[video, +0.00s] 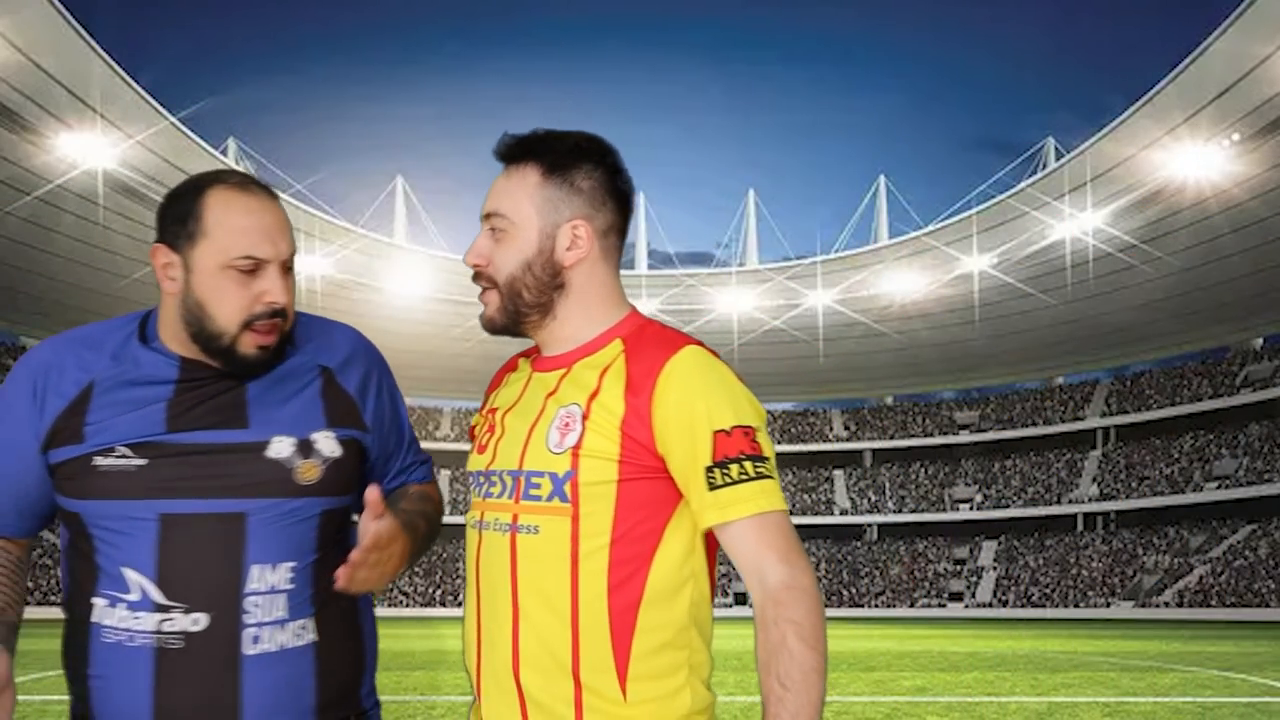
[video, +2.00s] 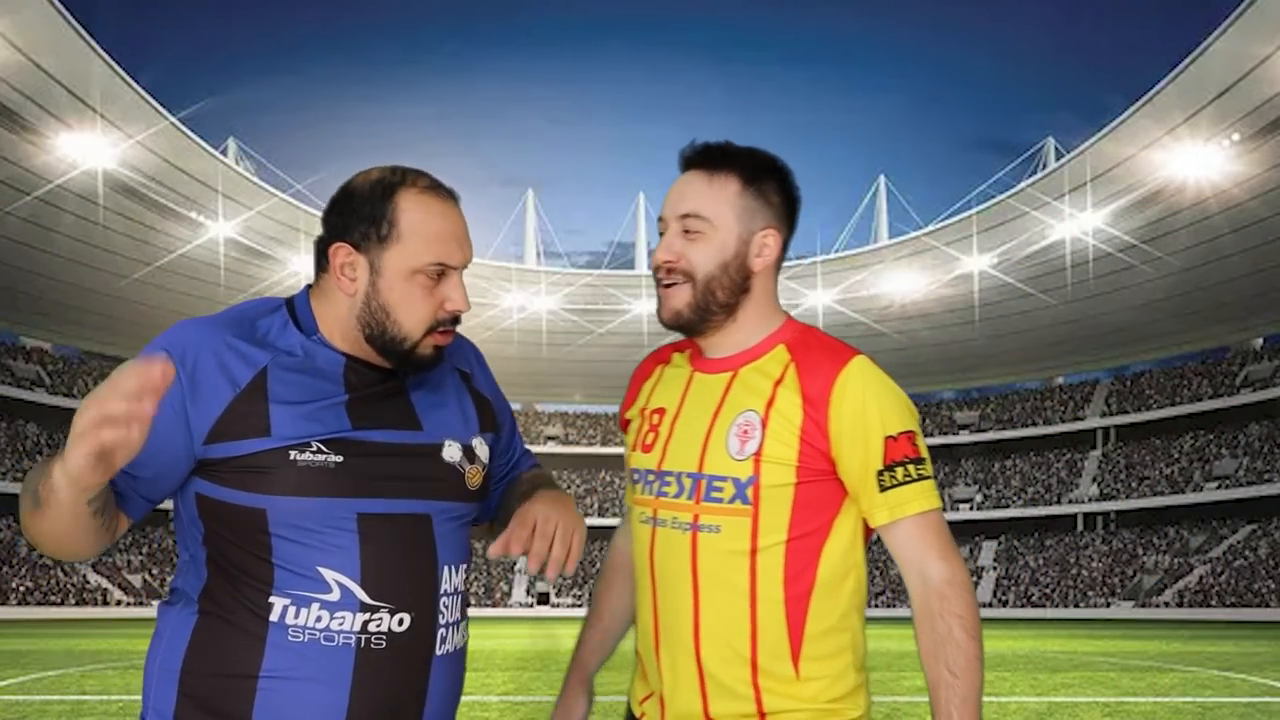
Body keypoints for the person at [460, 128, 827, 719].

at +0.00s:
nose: (472, 257)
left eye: (498, 230)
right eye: (482, 231)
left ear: (573, 243)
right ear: (573, 245)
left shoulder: (681, 376)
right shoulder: (506, 382)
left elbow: (784, 586)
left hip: (637, 704)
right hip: (500, 703)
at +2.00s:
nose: (661, 254)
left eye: (691, 232)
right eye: (662, 232)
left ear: (763, 249)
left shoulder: (845, 386)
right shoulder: (652, 378)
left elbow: (939, 582)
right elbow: (637, 537)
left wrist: (956, 713)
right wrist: (579, 674)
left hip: (797, 705)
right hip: (657, 704)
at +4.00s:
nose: (809, 265)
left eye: (832, 237)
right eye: (818, 236)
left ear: (910, 252)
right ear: (907, 252)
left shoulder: (1023, 408)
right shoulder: (794, 365)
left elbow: (1120, 617)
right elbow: (755, 506)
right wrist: (673, 626)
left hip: (952, 708)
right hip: (786, 708)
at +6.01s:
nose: (530, 246)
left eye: (560, 222)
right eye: (538, 222)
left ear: (636, 242)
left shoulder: (730, 380)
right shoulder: (539, 381)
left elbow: (817, 589)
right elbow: (525, 575)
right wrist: (501, 694)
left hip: (712, 702)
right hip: (574, 705)